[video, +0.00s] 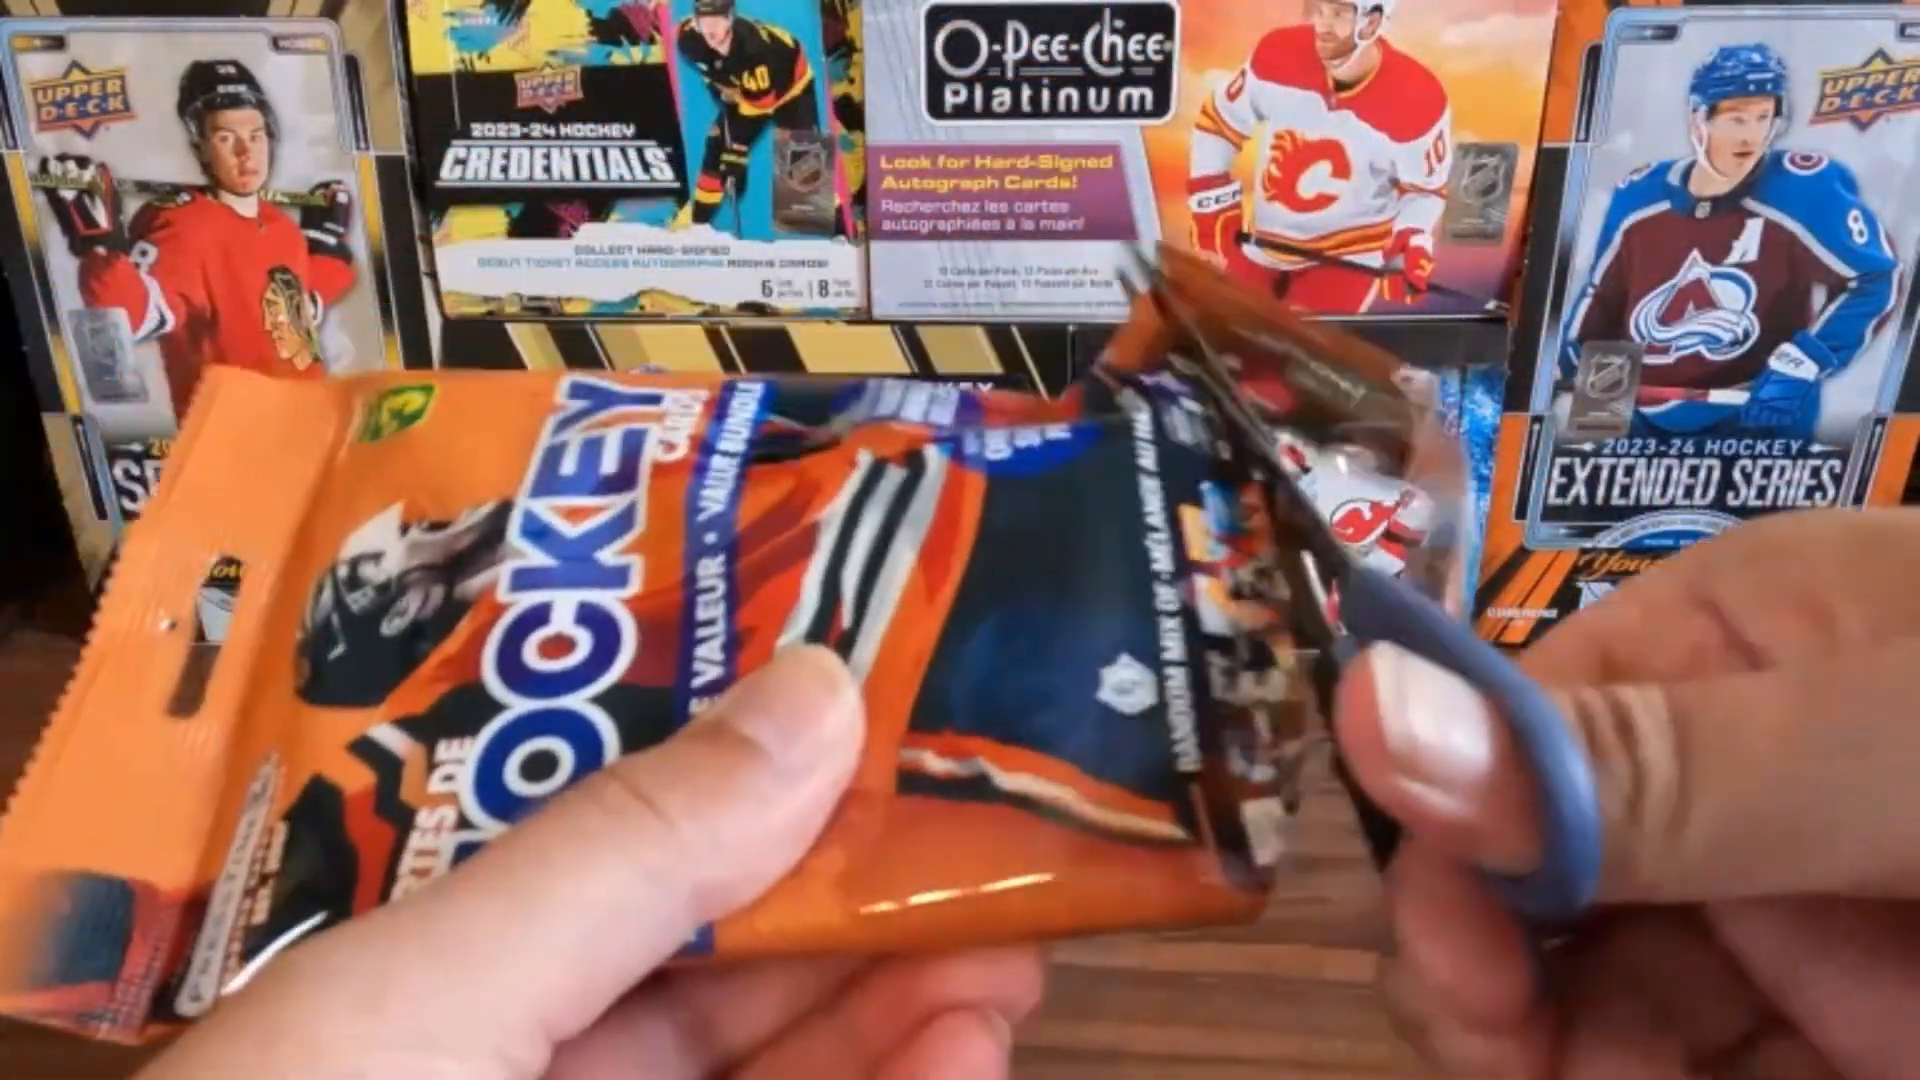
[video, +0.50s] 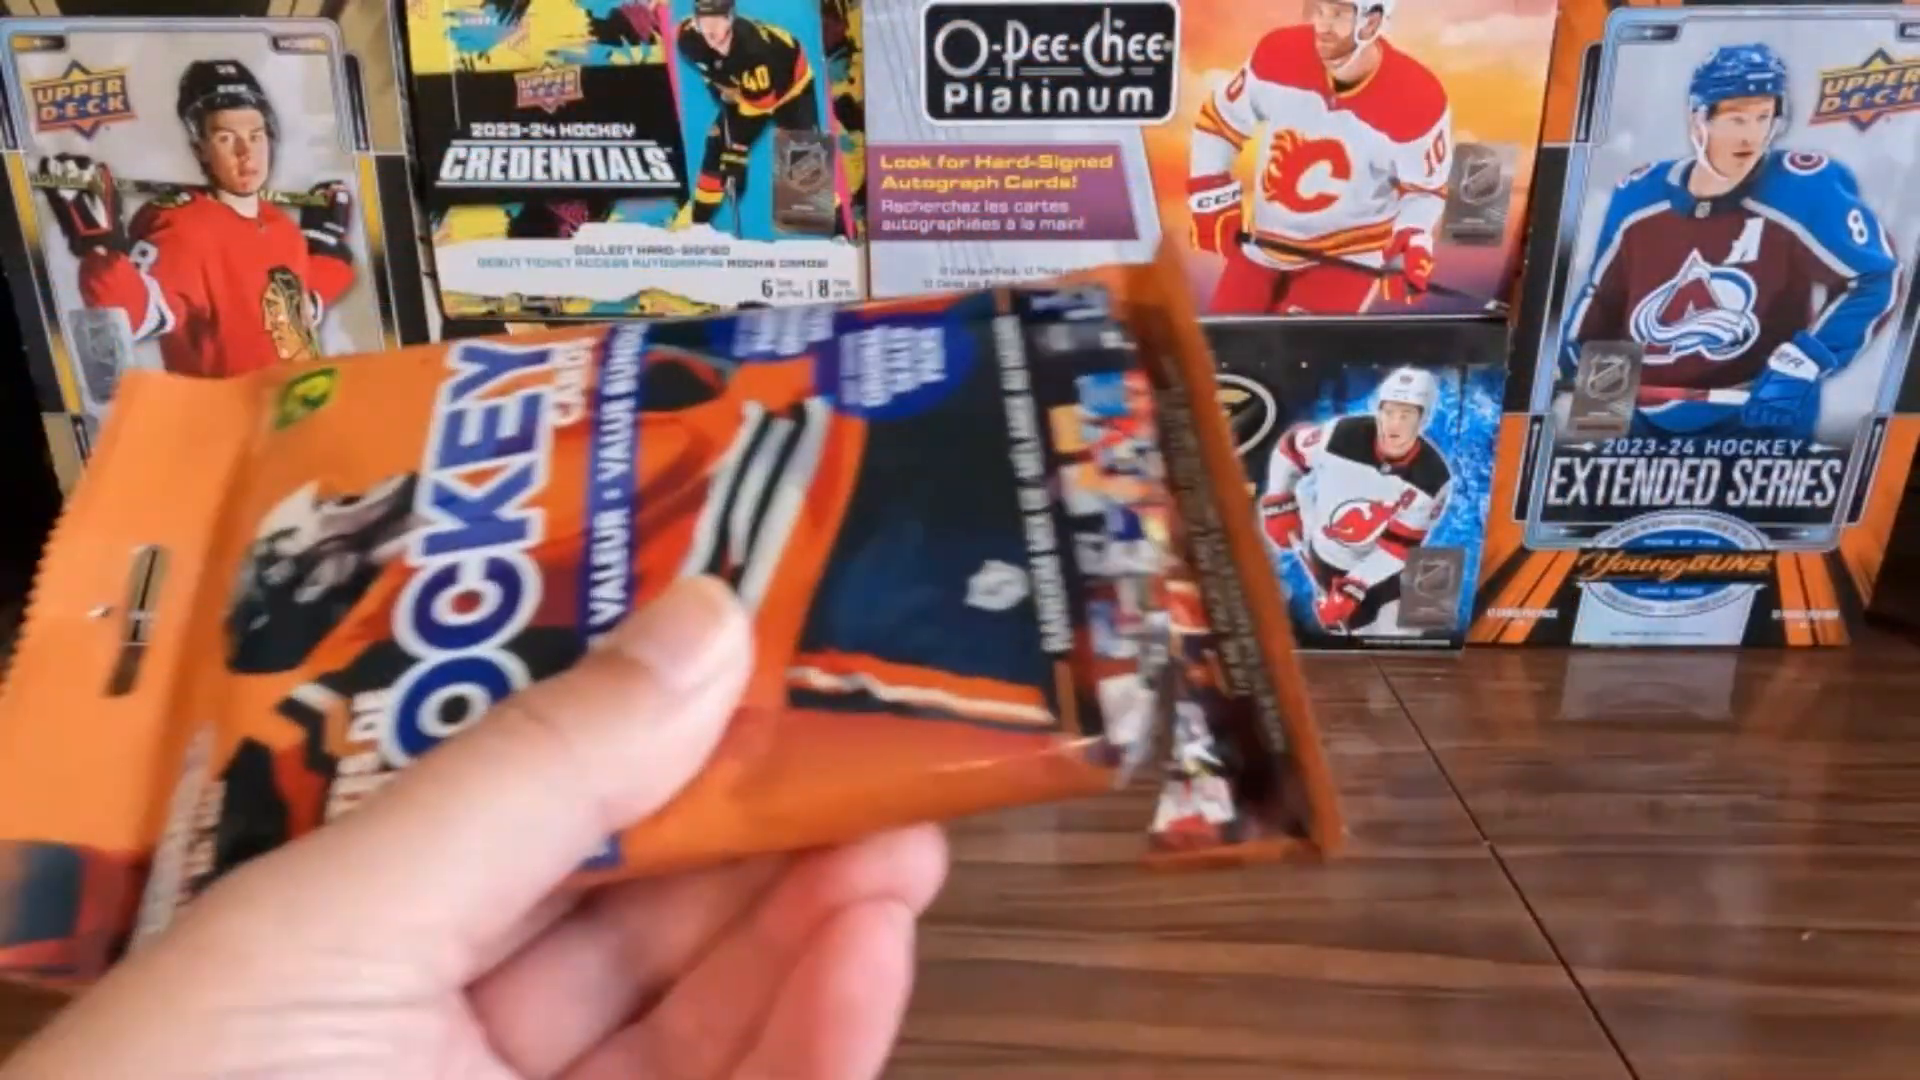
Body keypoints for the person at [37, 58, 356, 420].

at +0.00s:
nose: (246, 151)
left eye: (256, 134)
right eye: (227, 138)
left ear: (270, 139)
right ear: (201, 148)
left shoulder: (281, 225)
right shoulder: (181, 225)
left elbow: (302, 309)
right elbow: (141, 316)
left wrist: (332, 250)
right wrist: (100, 247)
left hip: (305, 418)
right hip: (229, 428)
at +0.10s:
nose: (246, 151)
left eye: (256, 134)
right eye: (226, 137)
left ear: (271, 139)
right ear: (200, 148)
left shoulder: (281, 224)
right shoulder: (180, 226)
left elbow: (301, 310)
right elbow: (145, 317)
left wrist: (334, 254)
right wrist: (102, 251)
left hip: (305, 424)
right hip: (229, 433)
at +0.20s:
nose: (246, 153)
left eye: (256, 135)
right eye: (226, 138)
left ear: (271, 139)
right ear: (199, 148)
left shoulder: (282, 225)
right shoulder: (183, 228)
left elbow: (299, 309)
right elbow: (139, 319)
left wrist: (334, 254)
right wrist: (100, 247)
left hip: (308, 420)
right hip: (227, 434)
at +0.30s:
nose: (247, 153)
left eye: (256, 136)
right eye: (227, 139)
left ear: (270, 140)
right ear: (201, 150)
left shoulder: (283, 227)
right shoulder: (182, 228)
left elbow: (300, 312)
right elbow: (141, 320)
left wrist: (332, 250)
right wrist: (101, 248)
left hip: (299, 407)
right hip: (223, 421)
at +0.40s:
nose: (247, 153)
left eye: (256, 135)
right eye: (227, 139)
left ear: (270, 140)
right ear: (201, 149)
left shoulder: (283, 227)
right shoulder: (182, 227)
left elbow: (299, 313)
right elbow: (141, 320)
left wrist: (333, 252)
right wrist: (101, 249)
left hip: (300, 408)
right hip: (222, 422)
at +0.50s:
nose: (247, 153)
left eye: (256, 135)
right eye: (227, 139)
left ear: (270, 139)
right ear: (200, 150)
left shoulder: (282, 226)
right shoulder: (181, 227)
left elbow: (299, 310)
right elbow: (139, 321)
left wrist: (335, 253)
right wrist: (100, 249)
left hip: (303, 412)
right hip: (224, 425)